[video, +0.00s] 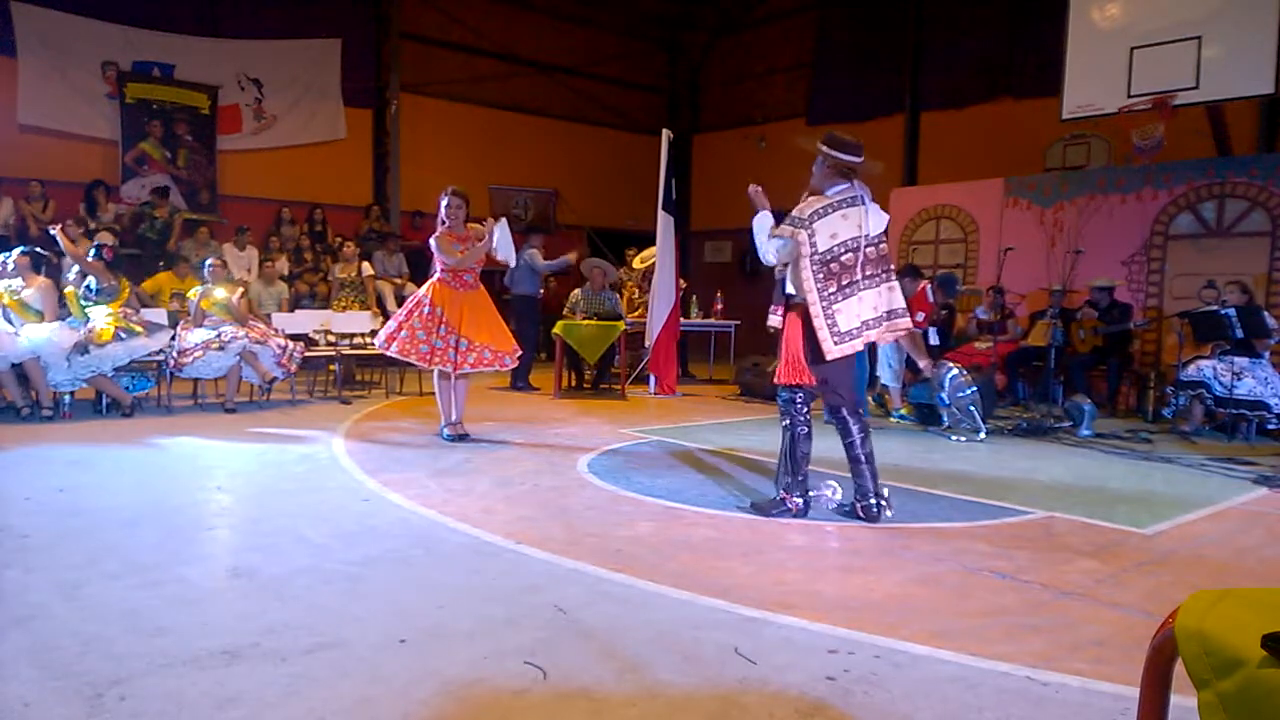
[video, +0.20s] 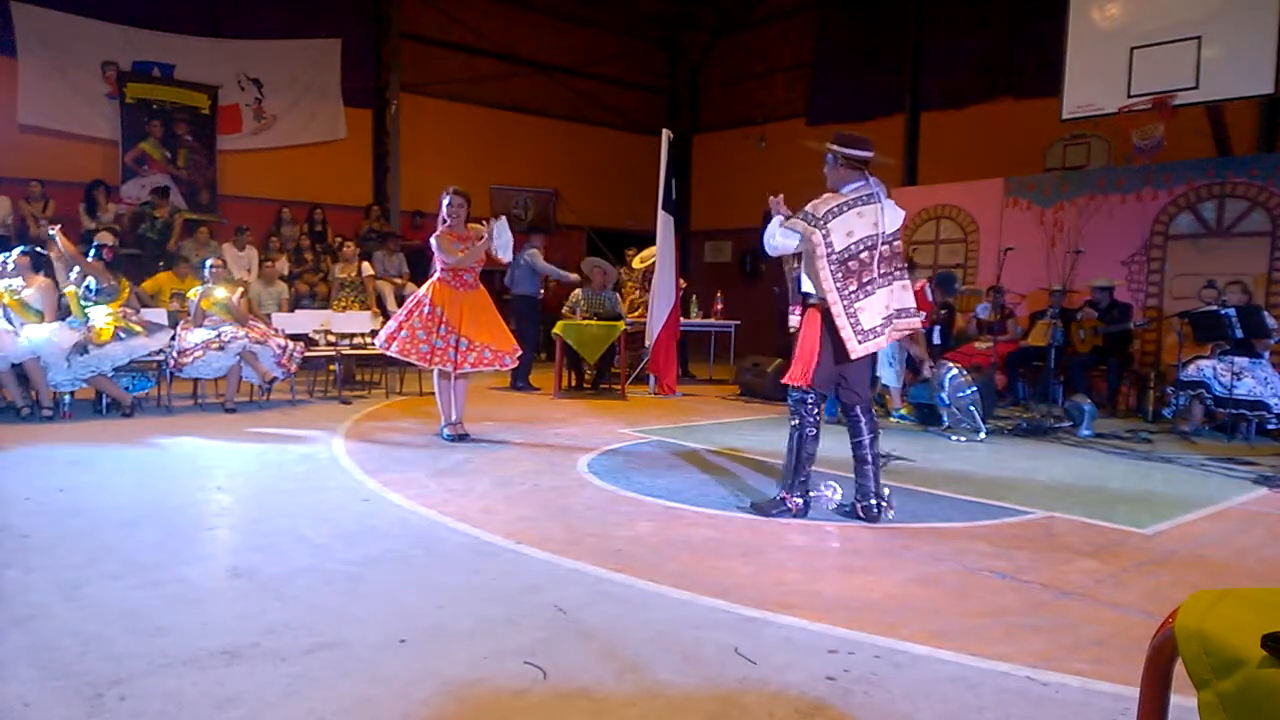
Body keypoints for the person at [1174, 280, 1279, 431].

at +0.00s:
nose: (1225, 296)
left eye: (1231, 292)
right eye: (1224, 293)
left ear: (1245, 297)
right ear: (1221, 296)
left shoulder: (1257, 314)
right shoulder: (1218, 315)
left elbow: (1264, 346)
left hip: (1252, 364)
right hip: (1223, 363)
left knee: (1247, 382)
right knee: (1198, 369)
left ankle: (1242, 426)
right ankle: (1195, 420)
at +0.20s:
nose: (1227, 296)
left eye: (1233, 292)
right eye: (1225, 293)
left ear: (1245, 297)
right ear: (1222, 296)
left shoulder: (1257, 315)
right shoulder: (1217, 315)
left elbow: (1264, 346)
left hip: (1252, 364)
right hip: (1222, 363)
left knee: (1247, 381)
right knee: (1198, 369)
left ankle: (1242, 426)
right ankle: (1195, 420)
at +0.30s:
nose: (1233, 296)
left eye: (1238, 293)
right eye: (1229, 293)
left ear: (1247, 297)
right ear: (1223, 296)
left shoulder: (1257, 315)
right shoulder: (1217, 315)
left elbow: (1264, 346)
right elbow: (1200, 341)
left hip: (1253, 364)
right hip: (1222, 363)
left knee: (1247, 382)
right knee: (1197, 369)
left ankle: (1242, 426)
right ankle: (1195, 420)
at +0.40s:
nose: (1237, 296)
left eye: (1242, 293)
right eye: (1232, 293)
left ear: (1248, 297)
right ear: (1224, 296)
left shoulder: (1257, 315)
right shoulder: (1215, 314)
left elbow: (1264, 346)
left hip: (1253, 364)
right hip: (1221, 362)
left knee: (1248, 382)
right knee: (1198, 369)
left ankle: (1242, 426)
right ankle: (1195, 420)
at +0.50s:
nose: (1238, 296)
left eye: (1243, 293)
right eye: (1233, 293)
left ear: (1248, 297)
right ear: (1224, 296)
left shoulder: (1257, 315)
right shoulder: (1216, 315)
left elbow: (1265, 346)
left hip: (1253, 364)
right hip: (1222, 363)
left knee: (1248, 381)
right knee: (1199, 368)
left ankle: (1242, 426)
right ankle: (1195, 419)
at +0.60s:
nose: (1238, 296)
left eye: (1242, 293)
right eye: (1233, 292)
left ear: (1248, 297)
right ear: (1224, 296)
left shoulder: (1257, 315)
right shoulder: (1216, 315)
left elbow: (1265, 346)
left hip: (1253, 364)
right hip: (1221, 363)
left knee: (1249, 382)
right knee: (1198, 368)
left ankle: (1243, 426)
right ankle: (1195, 419)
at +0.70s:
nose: (1233, 297)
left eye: (1238, 293)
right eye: (1230, 293)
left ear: (1247, 297)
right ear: (1224, 296)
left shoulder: (1257, 315)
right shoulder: (1217, 314)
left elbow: (1264, 346)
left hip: (1253, 364)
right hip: (1222, 363)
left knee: (1248, 382)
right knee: (1198, 368)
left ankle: (1242, 426)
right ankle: (1195, 419)